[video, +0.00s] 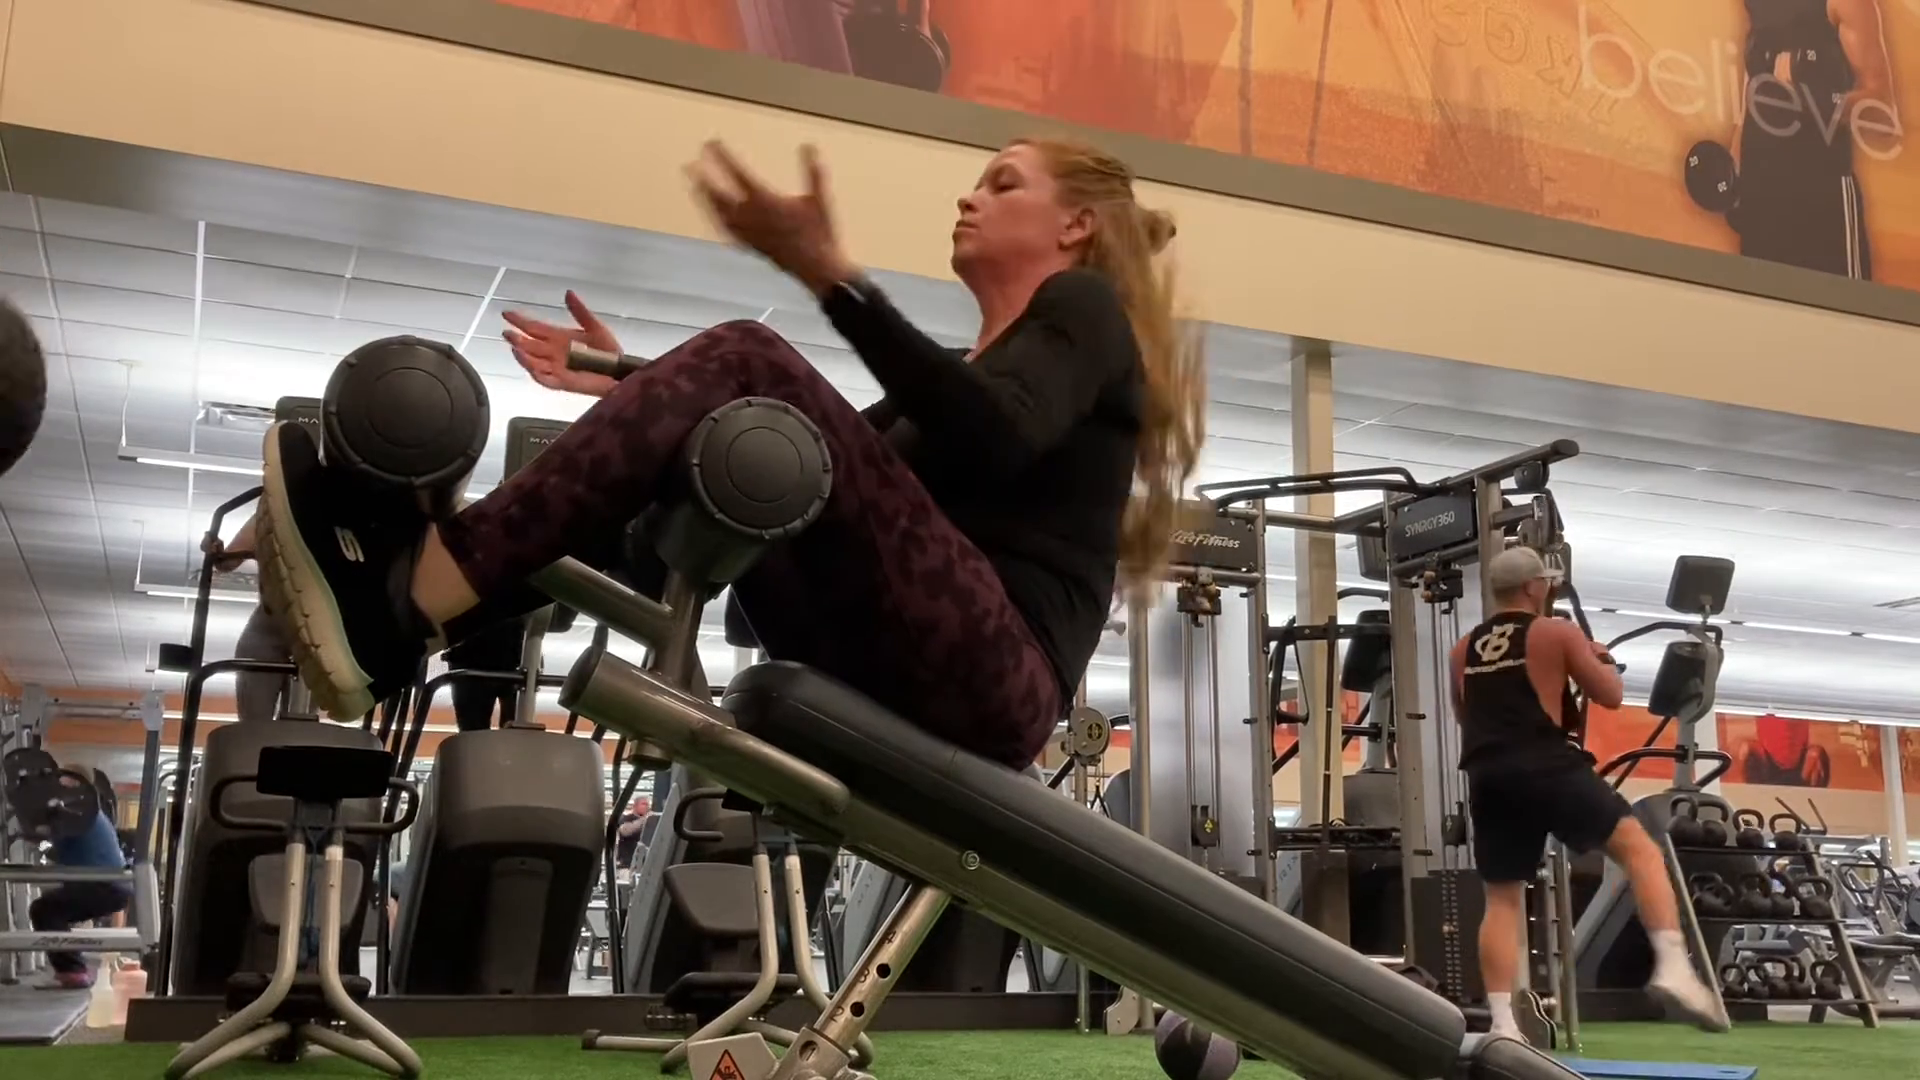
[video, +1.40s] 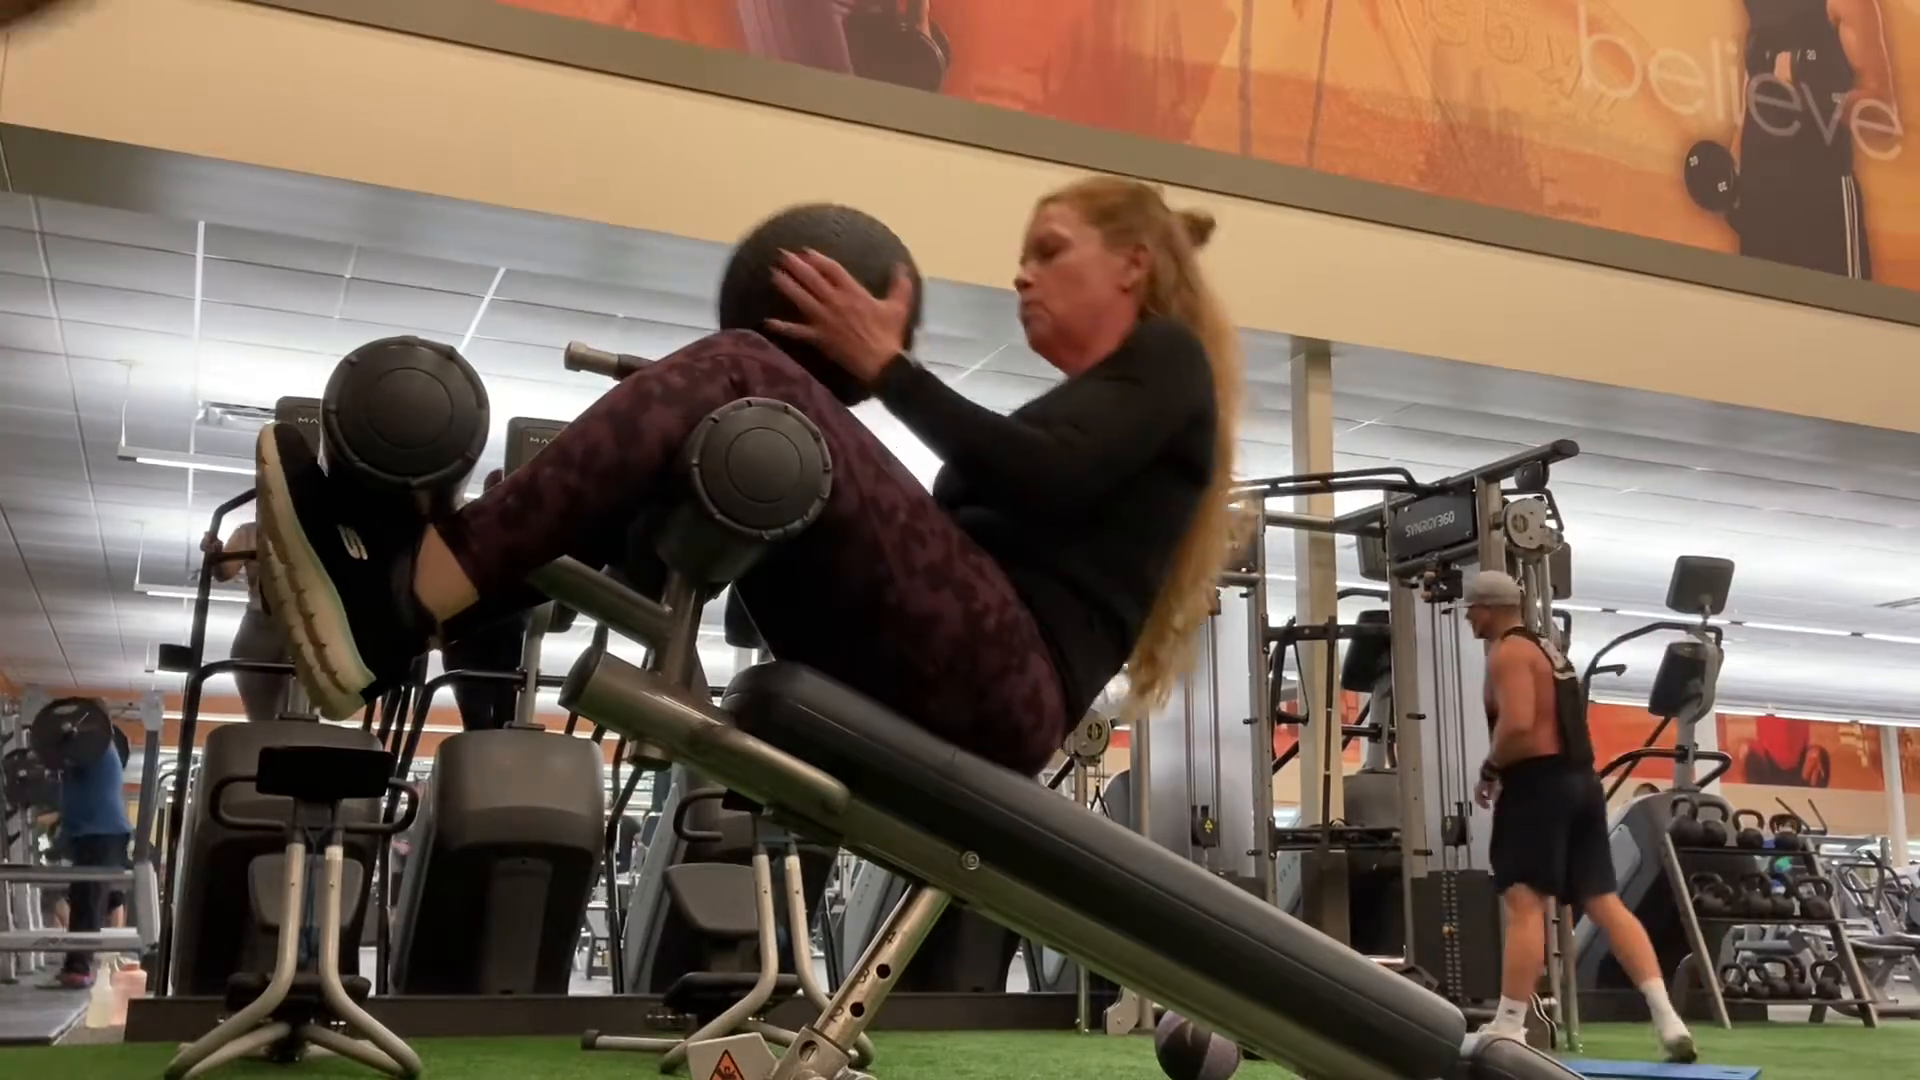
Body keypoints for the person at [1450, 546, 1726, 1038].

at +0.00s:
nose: (1550, 593)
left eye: (1548, 586)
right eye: (1547, 586)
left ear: (1495, 592)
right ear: (1534, 587)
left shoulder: (1465, 647)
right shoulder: (1557, 632)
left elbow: (1464, 712)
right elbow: (1611, 695)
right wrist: (1600, 658)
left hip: (1488, 778)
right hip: (1550, 768)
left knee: (1501, 901)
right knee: (1640, 850)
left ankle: (1502, 1027)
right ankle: (1674, 966)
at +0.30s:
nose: (1570, 599)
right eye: (1571, 592)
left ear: (1523, 597)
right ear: (1571, 594)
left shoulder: (1493, 652)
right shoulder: (1603, 647)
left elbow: (1472, 720)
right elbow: (1633, 720)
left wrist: (1508, 732)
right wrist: (1599, 692)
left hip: (1530, 789)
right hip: (1598, 785)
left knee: (1516, 908)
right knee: (1645, 893)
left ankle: (1503, 1029)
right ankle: (1691, 1020)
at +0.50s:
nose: (1597, 604)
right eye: (1604, 595)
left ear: (1563, 599)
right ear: (1609, 598)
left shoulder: (1538, 654)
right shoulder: (1649, 652)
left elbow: (1514, 730)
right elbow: (1666, 730)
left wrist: (1491, 794)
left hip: (1570, 795)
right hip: (1639, 794)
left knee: (1538, 900)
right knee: (1660, 911)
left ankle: (1513, 1027)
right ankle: (1683, 1039)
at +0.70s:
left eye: (1586, 595)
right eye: (1617, 596)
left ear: (1580, 598)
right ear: (1625, 599)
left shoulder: (1561, 646)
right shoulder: (1660, 648)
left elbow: (1539, 711)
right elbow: (1682, 718)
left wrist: (1523, 777)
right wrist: (1651, 744)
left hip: (1590, 787)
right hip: (1654, 786)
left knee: (1570, 897)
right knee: (1665, 904)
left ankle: (1583, 1026)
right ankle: (1683, 1036)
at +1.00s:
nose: (1554, 611)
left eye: (1556, 603)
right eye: (1557, 604)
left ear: (1566, 605)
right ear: (1600, 605)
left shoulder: (1577, 644)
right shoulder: (1631, 648)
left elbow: (1570, 716)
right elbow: (1668, 719)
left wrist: (1546, 775)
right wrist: (1660, 768)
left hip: (1599, 781)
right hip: (1652, 784)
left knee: (1552, 889)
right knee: (1663, 906)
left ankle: (1572, 1018)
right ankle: (1683, 1035)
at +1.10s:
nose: (1536, 618)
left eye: (1537, 608)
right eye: (1536, 609)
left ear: (1550, 608)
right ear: (1580, 606)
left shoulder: (1570, 645)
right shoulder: (1614, 647)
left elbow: (1571, 719)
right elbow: (1628, 730)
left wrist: (1544, 770)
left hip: (1594, 783)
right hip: (1644, 785)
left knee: (1553, 893)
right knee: (1656, 910)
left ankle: (1536, 1020)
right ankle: (1682, 1037)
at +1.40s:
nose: (1469, 620)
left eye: (1472, 612)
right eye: (1470, 612)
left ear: (1491, 611)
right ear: (1512, 609)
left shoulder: (1509, 652)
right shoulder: (1545, 650)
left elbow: (1518, 724)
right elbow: (1561, 729)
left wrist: (1489, 767)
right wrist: (1502, 772)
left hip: (1537, 787)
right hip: (1579, 785)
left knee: (1523, 904)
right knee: (1603, 902)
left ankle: (1507, 1027)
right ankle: (1668, 1021)